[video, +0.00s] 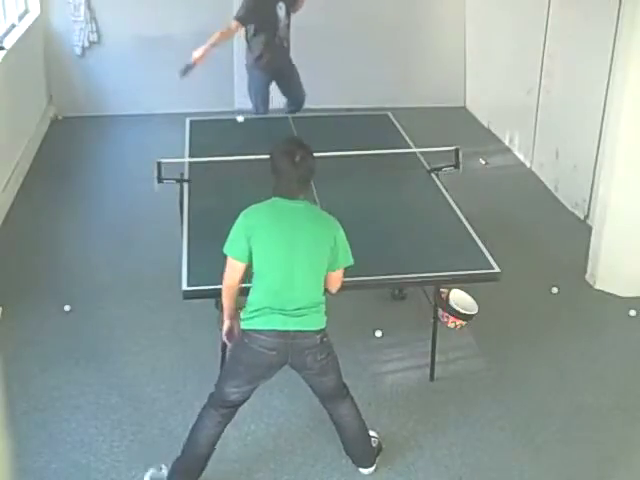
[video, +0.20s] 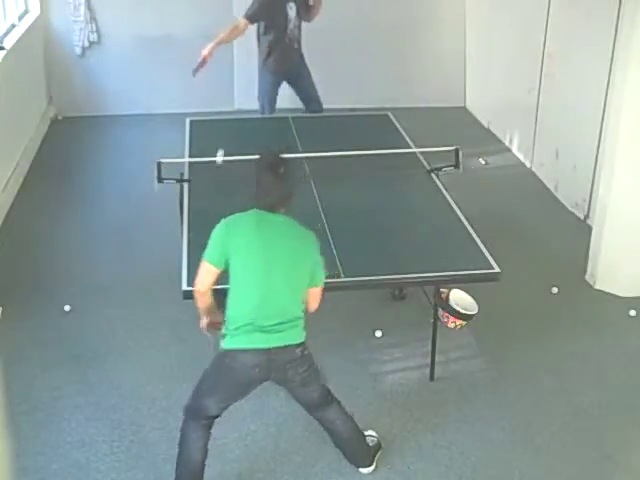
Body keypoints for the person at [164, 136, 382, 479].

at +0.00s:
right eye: (309, 168)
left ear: (274, 172)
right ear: (311, 174)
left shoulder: (252, 217)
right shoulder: (328, 224)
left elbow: (231, 279)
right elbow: (334, 284)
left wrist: (228, 318)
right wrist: (307, 258)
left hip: (259, 339)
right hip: (311, 339)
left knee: (220, 407)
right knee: (337, 398)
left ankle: (179, 475)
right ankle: (365, 457)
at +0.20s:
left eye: (261, 187)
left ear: (255, 193)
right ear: (290, 198)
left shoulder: (231, 227)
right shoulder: (306, 238)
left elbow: (201, 287)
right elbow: (312, 303)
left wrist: (209, 315)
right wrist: (278, 294)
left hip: (240, 356)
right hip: (292, 353)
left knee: (199, 417)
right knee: (324, 405)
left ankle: (187, 476)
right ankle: (365, 458)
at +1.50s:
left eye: (233, 176)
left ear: (227, 182)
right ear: (265, 184)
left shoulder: (207, 230)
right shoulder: (289, 229)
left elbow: (179, 293)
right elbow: (307, 298)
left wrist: (159, 341)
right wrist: (284, 275)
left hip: (223, 365)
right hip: (279, 364)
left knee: (199, 445)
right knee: (308, 442)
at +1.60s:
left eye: (231, 178)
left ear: (227, 183)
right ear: (266, 184)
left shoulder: (205, 234)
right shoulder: (289, 228)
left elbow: (179, 305)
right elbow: (316, 290)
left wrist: (153, 350)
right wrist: (297, 296)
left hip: (219, 371)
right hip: (274, 369)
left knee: (193, 452)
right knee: (306, 445)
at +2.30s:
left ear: (164, 232)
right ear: (208, 240)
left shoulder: (127, 281)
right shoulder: (222, 291)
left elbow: (83, 338)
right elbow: (232, 371)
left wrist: (73, 393)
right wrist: (244, 379)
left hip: (144, 430)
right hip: (205, 430)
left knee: (138, 474)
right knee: (246, 474)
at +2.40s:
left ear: (151, 229)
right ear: (198, 237)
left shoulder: (117, 274)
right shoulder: (211, 292)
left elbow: (64, 337)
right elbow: (222, 377)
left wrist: (58, 386)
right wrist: (227, 379)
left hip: (115, 434)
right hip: (178, 437)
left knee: (98, 473)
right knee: (205, 473)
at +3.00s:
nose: (132, 286)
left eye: (132, 277)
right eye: (133, 279)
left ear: (78, 274)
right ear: (124, 290)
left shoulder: (42, 309)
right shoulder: (117, 355)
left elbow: (3, 355)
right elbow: (99, 443)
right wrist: (156, 438)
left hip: (16, 455)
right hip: (68, 470)